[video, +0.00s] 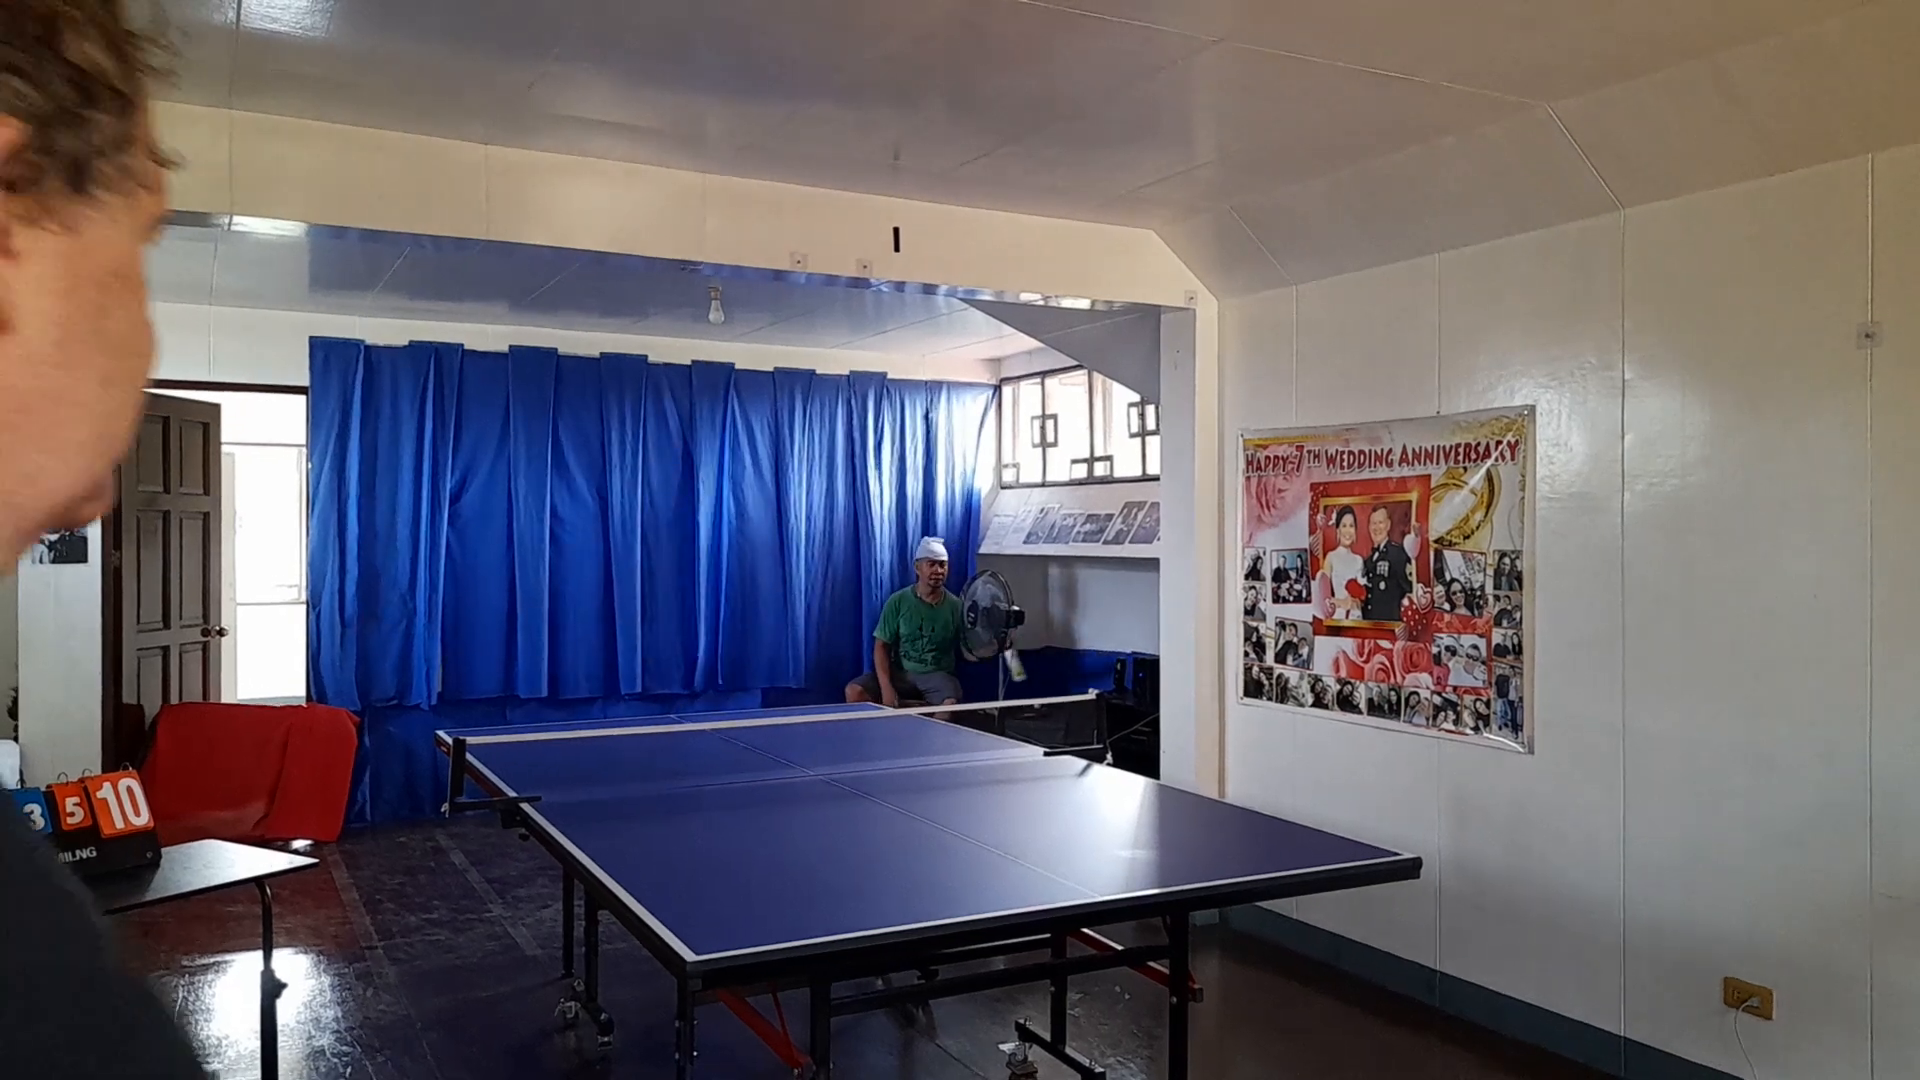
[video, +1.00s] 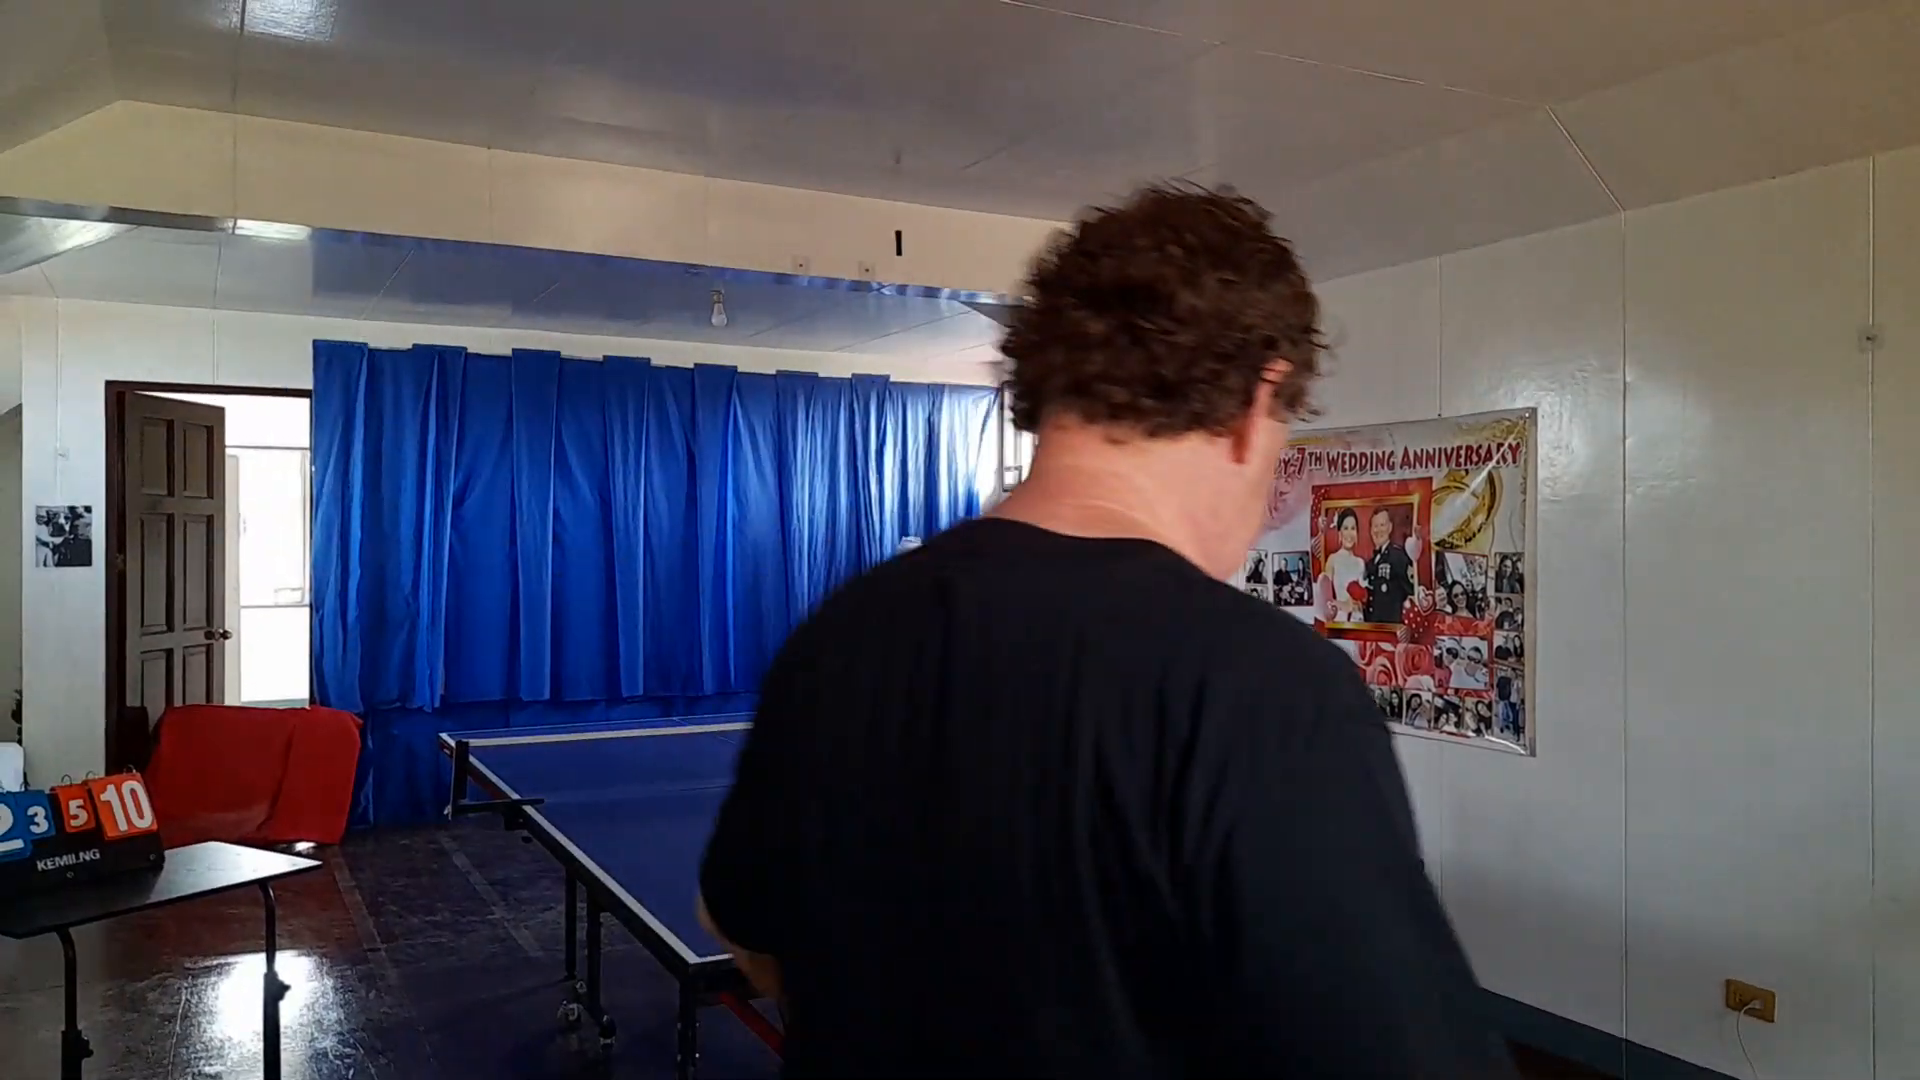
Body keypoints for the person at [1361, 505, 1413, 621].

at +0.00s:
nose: (1376, 527)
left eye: (1381, 523)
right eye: (1373, 523)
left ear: (1388, 525)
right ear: (1369, 526)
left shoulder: (1398, 553)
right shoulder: (1368, 561)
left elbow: (1406, 587)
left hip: (1391, 618)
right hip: (1369, 619)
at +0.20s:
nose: (1377, 528)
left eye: (1381, 523)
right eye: (1374, 524)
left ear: (1389, 525)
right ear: (1369, 527)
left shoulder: (1398, 553)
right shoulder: (1369, 561)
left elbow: (1408, 588)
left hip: (1392, 618)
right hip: (1370, 619)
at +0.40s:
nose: (1378, 530)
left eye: (1382, 525)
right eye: (1374, 525)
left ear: (1390, 527)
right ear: (1370, 528)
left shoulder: (1399, 554)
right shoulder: (1369, 563)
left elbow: (1409, 589)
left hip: (1393, 620)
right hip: (1371, 621)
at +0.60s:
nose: (1376, 527)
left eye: (1381, 523)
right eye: (1373, 523)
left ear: (1388, 524)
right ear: (1369, 526)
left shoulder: (1398, 552)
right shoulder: (1368, 560)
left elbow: (1407, 587)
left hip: (1391, 617)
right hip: (1369, 618)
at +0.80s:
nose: (1377, 527)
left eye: (1382, 522)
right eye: (1374, 523)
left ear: (1389, 524)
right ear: (1369, 526)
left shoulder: (1399, 552)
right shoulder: (1368, 560)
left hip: (1392, 617)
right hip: (1370, 618)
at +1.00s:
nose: (1378, 530)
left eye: (1382, 525)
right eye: (1374, 526)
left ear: (1390, 527)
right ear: (1370, 529)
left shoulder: (1399, 556)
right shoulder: (1370, 562)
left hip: (1393, 621)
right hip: (1372, 621)